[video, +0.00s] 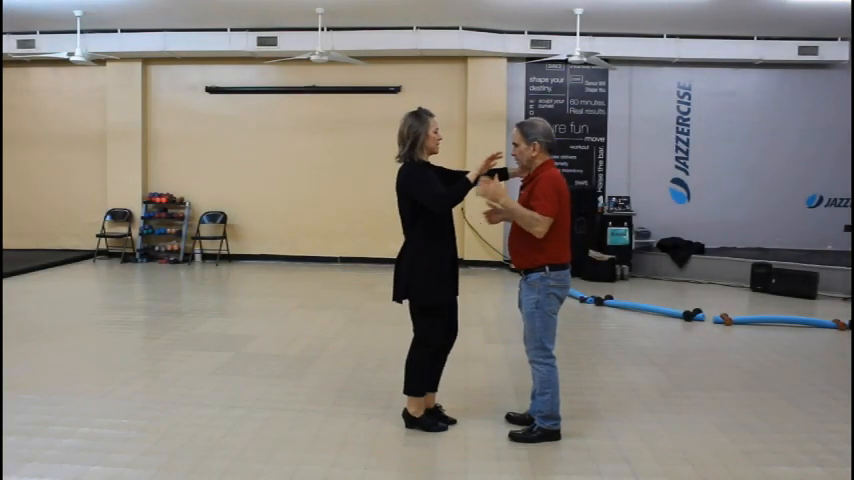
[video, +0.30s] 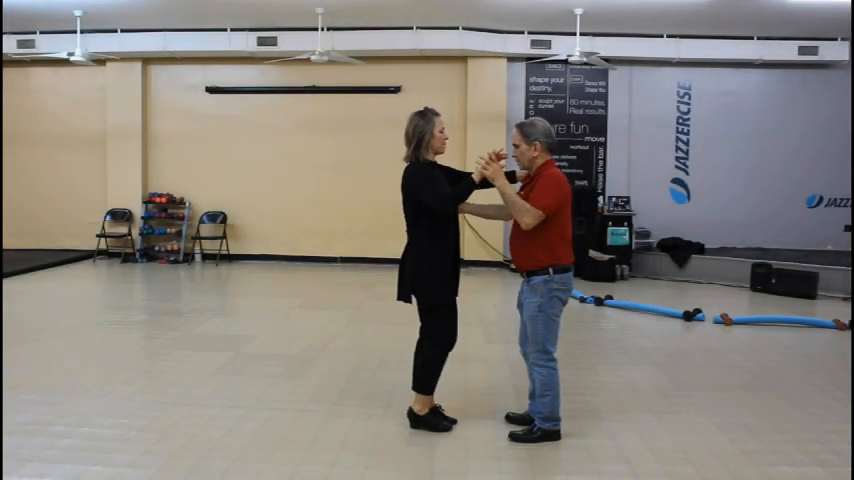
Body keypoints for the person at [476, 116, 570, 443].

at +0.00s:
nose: (513, 151)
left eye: (517, 145)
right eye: (513, 146)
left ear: (535, 148)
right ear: (535, 148)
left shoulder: (548, 179)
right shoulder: (535, 177)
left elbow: (540, 226)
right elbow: (533, 217)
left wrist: (505, 202)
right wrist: (506, 214)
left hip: (546, 277)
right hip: (535, 276)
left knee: (541, 353)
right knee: (537, 351)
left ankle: (548, 424)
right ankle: (538, 412)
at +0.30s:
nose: (513, 153)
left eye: (517, 146)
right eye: (513, 147)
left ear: (536, 148)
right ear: (536, 148)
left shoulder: (552, 179)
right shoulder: (534, 179)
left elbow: (529, 218)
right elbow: (510, 212)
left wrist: (500, 181)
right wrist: (464, 207)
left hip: (549, 279)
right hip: (535, 277)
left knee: (541, 353)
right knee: (531, 349)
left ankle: (548, 424)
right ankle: (537, 412)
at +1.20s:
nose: (492, 151)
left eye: (497, 145)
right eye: (491, 145)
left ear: (516, 148)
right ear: (512, 148)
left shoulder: (533, 178)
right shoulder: (501, 183)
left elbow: (509, 197)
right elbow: (466, 209)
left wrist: (499, 156)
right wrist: (433, 199)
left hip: (523, 276)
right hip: (507, 276)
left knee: (496, 347)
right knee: (514, 347)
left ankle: (518, 418)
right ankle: (525, 416)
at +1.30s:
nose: (491, 152)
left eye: (495, 146)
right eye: (489, 146)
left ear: (513, 148)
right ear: (509, 149)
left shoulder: (530, 179)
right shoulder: (499, 184)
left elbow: (506, 198)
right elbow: (463, 208)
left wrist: (497, 156)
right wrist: (432, 195)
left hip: (518, 277)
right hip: (504, 276)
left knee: (489, 349)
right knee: (512, 348)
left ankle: (489, 426)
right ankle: (525, 417)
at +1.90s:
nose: (481, 150)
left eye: (487, 145)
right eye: (483, 145)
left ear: (503, 151)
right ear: (503, 152)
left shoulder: (517, 181)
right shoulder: (496, 183)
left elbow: (496, 198)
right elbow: (466, 213)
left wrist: (491, 156)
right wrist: (432, 208)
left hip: (498, 282)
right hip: (496, 280)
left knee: (466, 356)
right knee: (495, 351)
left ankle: (449, 430)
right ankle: (523, 416)